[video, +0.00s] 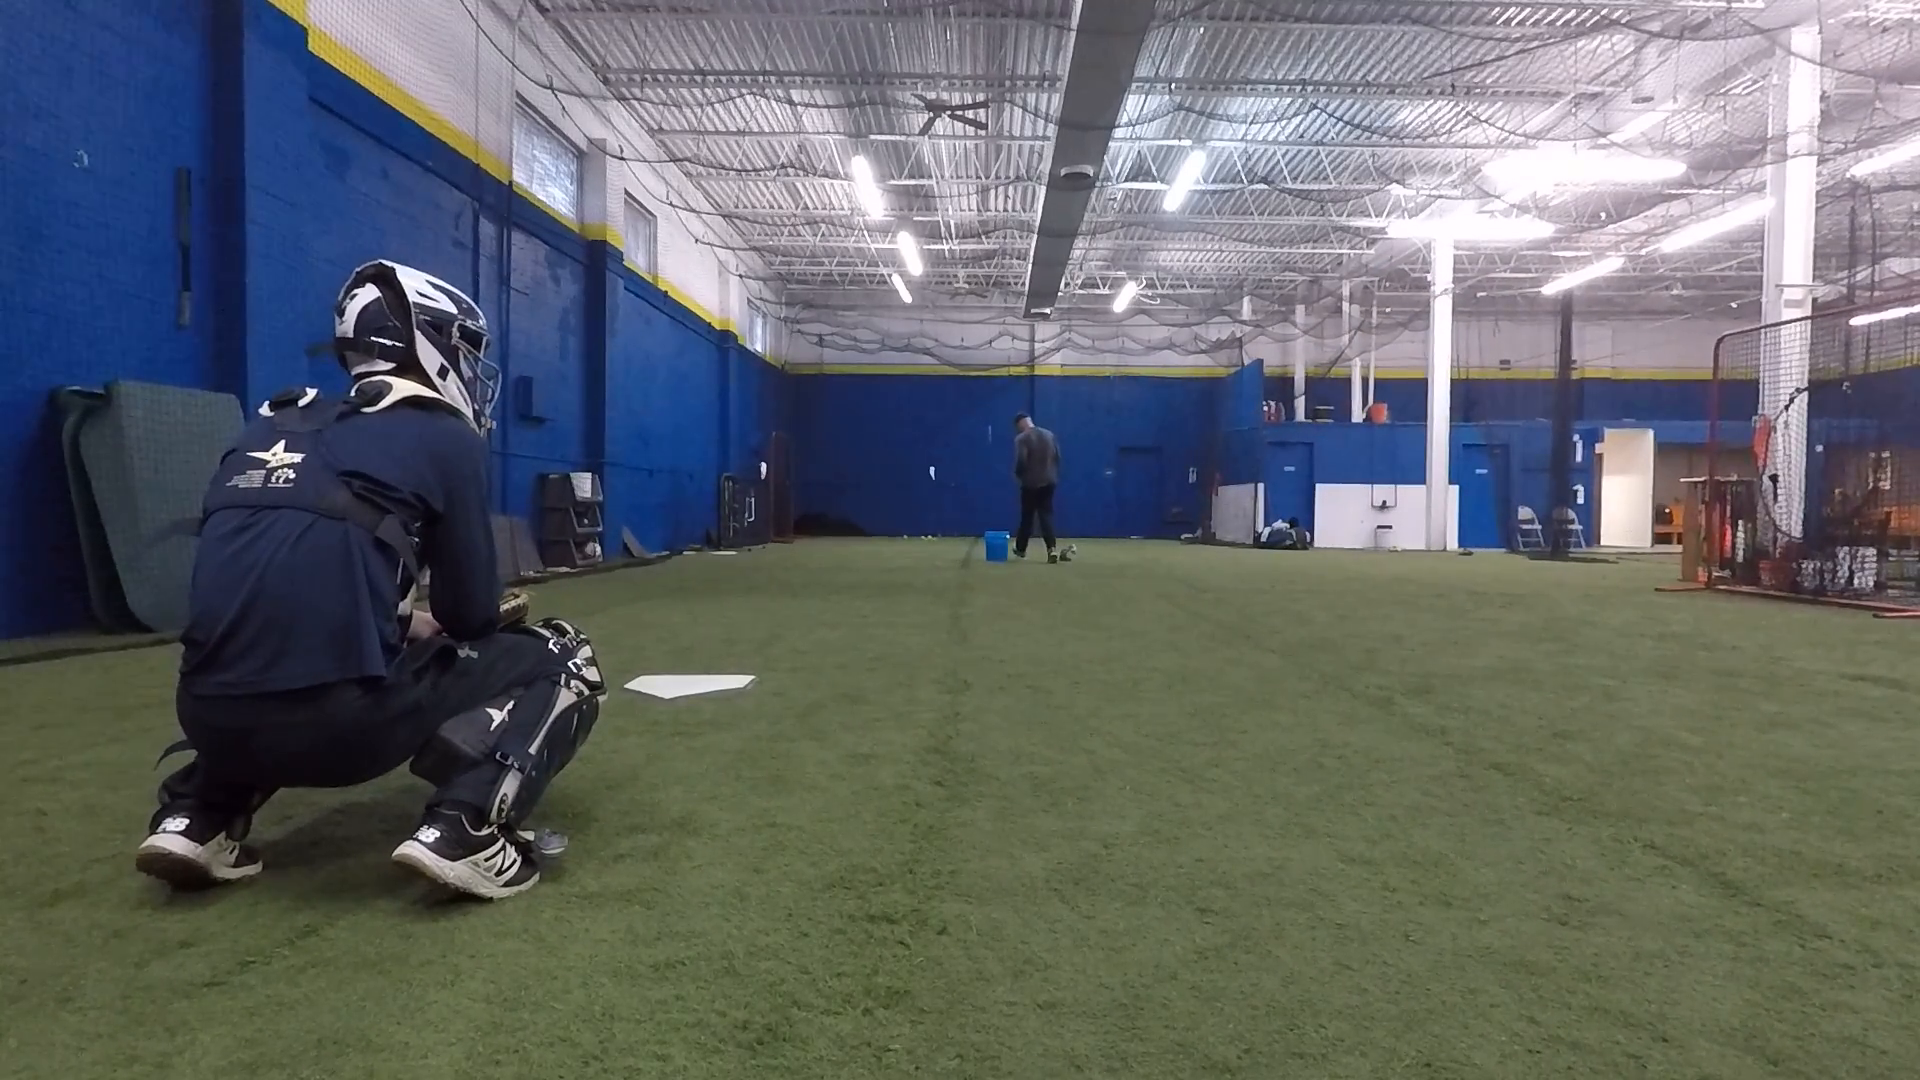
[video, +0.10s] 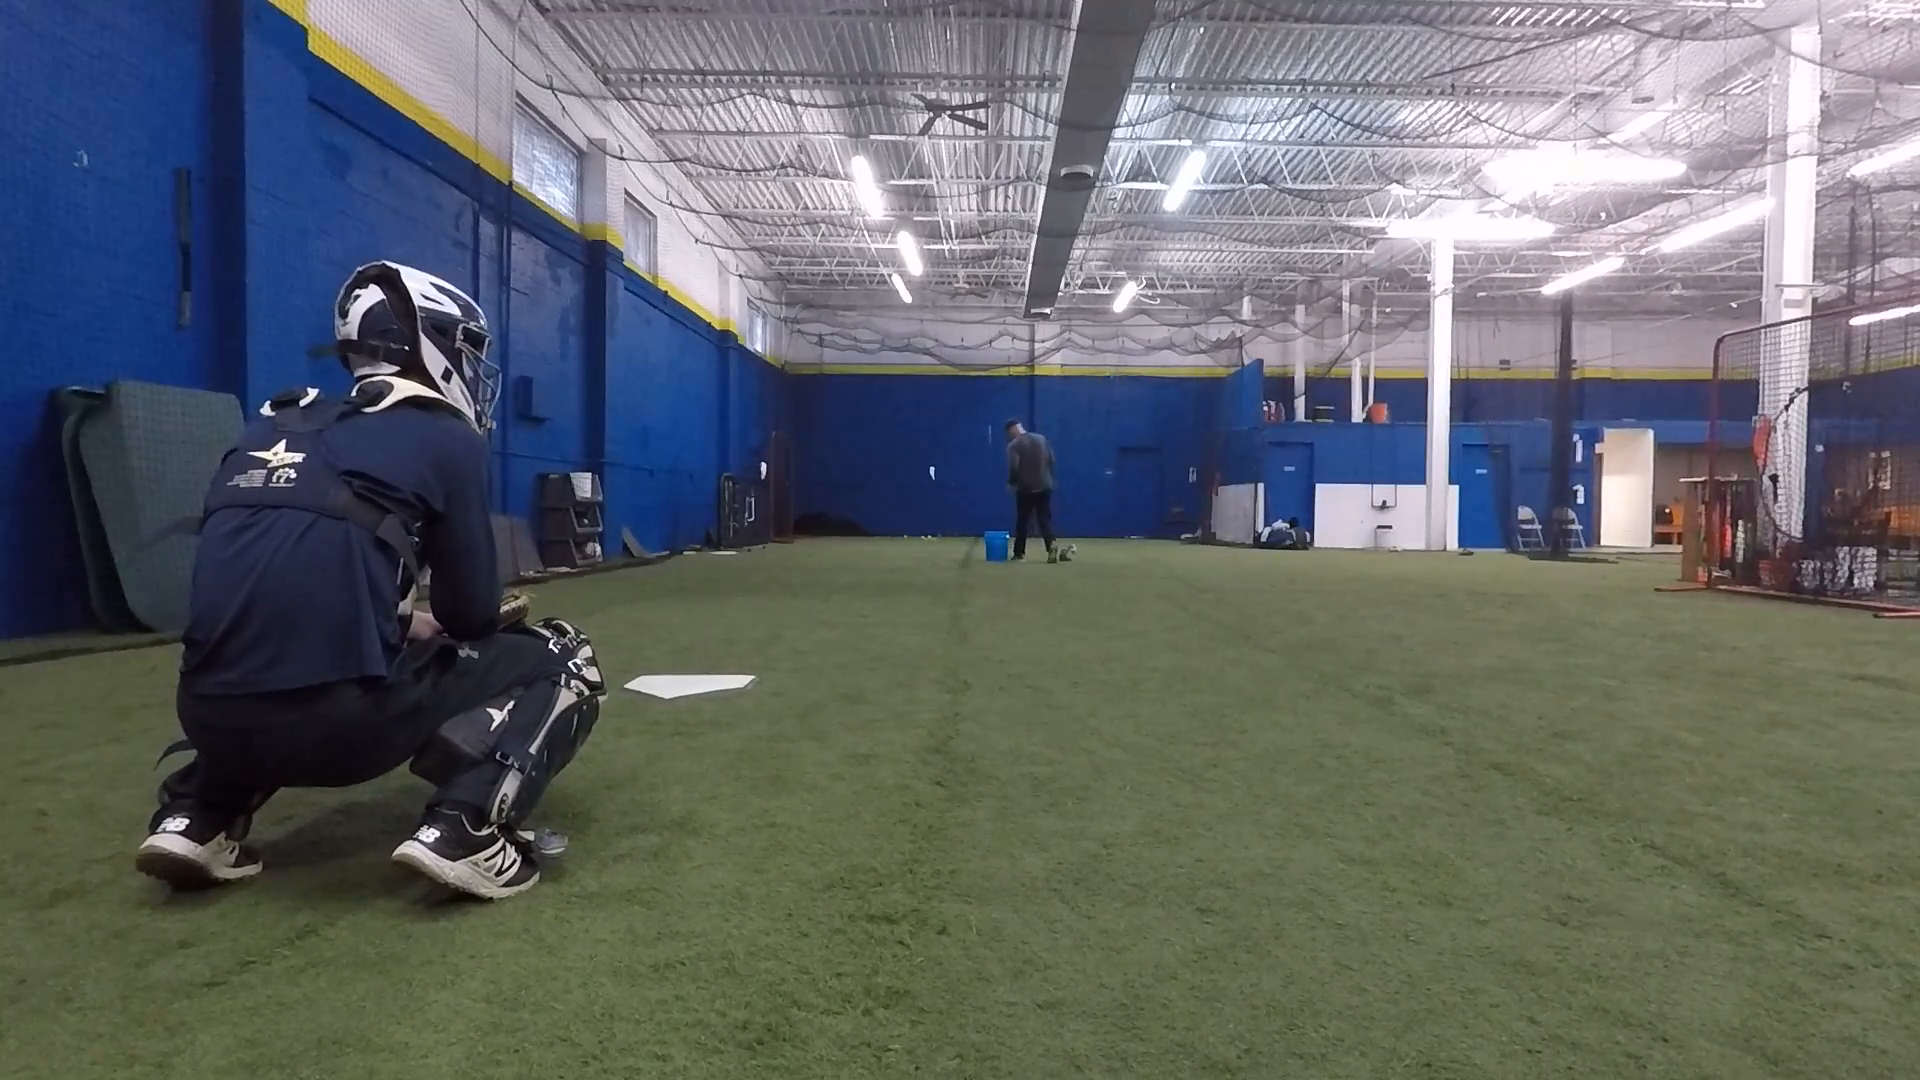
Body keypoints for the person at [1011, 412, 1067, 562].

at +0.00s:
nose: (1020, 428)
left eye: (1019, 425)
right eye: (1020, 425)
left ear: (1020, 424)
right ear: (1031, 421)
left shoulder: (1021, 438)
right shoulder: (1049, 434)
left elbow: (1021, 459)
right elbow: (1056, 455)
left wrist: (1018, 473)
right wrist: (1054, 470)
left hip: (1030, 483)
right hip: (1048, 482)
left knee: (1027, 516)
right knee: (1046, 514)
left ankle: (1021, 548)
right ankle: (1052, 549)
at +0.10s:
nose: (1010, 435)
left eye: (1010, 432)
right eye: (1010, 432)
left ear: (1011, 431)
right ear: (1021, 427)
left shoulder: (1013, 445)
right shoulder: (1041, 439)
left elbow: (1014, 466)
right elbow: (1051, 459)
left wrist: (1012, 482)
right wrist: (1049, 474)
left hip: (1025, 489)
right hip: (1044, 487)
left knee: (1022, 521)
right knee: (1044, 518)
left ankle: (1019, 552)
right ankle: (1051, 544)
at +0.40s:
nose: (993, 454)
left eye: (992, 451)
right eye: (991, 452)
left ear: (994, 446)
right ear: (998, 440)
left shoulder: (1000, 455)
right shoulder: (1020, 440)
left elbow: (1001, 482)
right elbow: (1039, 454)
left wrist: (999, 506)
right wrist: (1036, 471)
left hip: (1022, 488)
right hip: (1040, 482)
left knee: (1018, 521)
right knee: (1035, 517)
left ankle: (1018, 553)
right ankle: (1046, 546)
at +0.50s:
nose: (988, 462)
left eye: (986, 459)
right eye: (986, 460)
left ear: (988, 454)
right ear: (993, 447)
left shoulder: (996, 461)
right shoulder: (1014, 444)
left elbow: (999, 488)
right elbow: (1035, 454)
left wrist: (996, 512)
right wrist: (1029, 470)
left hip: (1021, 488)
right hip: (1039, 482)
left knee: (1017, 521)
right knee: (1036, 518)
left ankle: (1018, 552)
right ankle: (1044, 550)